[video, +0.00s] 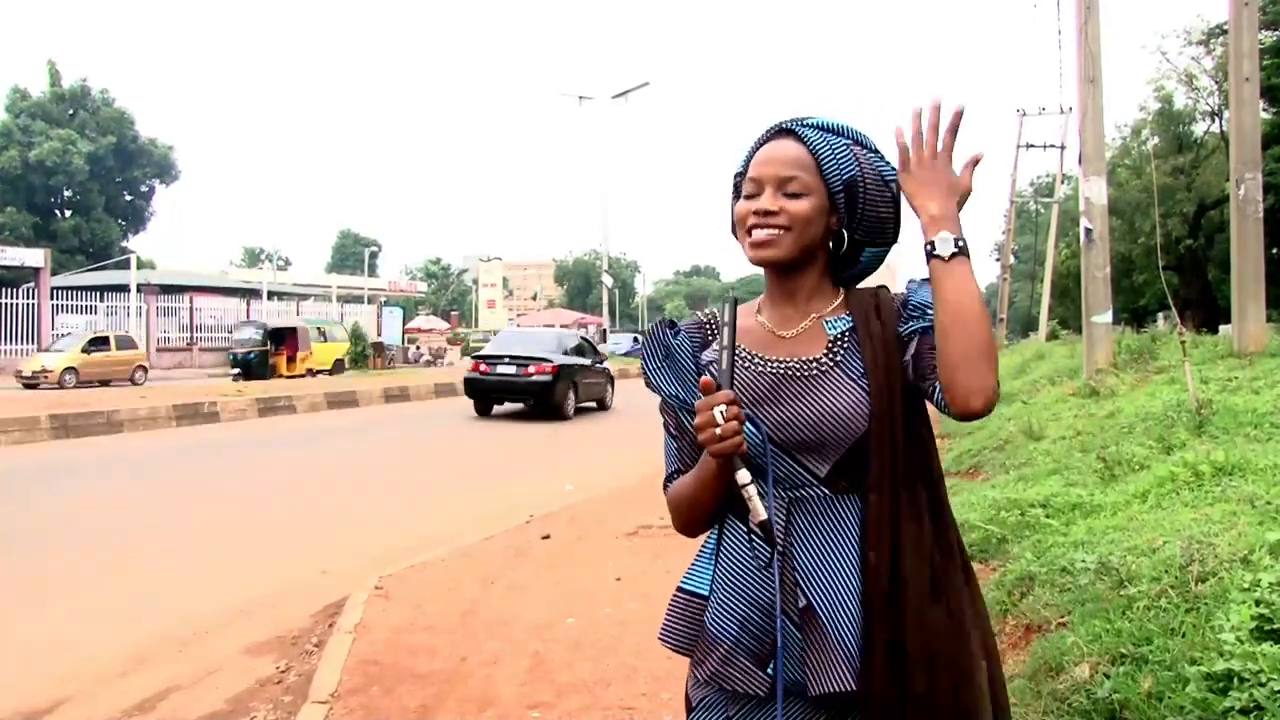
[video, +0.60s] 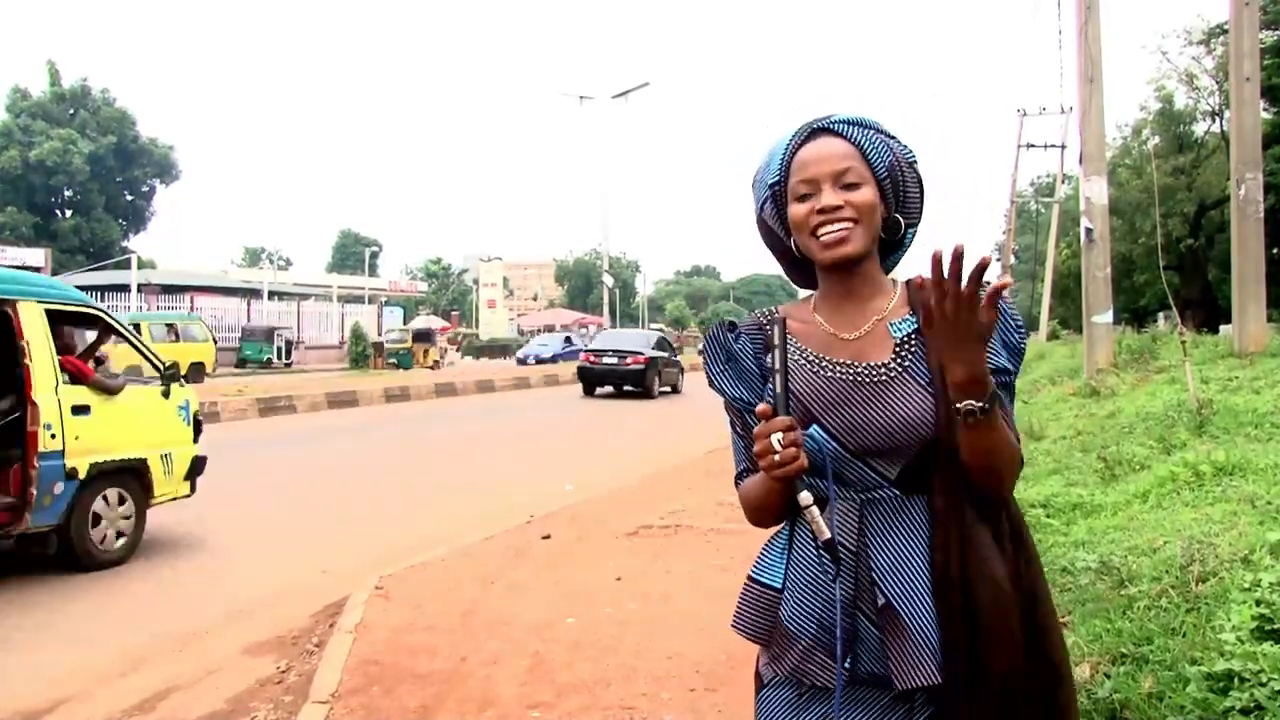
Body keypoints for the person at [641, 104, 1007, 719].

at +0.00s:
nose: (762, 206)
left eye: (791, 191)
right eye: (751, 191)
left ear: (838, 214)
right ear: (736, 209)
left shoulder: (891, 317)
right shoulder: (701, 344)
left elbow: (972, 394)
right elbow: (686, 518)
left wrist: (940, 222)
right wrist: (714, 459)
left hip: (875, 630)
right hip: (745, 633)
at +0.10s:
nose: (778, 206)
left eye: (805, 189)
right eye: (762, 192)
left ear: (849, 213)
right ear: (744, 216)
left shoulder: (911, 310)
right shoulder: (714, 346)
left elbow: (995, 450)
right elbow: (704, 519)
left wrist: (920, 295)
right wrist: (729, 465)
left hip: (894, 626)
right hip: (762, 628)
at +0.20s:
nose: (790, 205)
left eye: (816, 186)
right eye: (772, 191)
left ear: (859, 208)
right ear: (754, 217)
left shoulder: (933, 320)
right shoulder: (724, 348)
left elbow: (982, 480)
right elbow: (722, 518)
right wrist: (743, 473)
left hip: (919, 637)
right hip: (781, 639)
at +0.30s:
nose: (806, 206)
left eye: (829, 187)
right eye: (786, 194)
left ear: (869, 208)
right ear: (767, 221)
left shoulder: (941, 326)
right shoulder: (737, 350)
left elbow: (978, 491)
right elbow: (733, 516)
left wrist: (889, 463)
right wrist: (752, 479)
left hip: (911, 623)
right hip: (789, 633)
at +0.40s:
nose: (826, 207)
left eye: (846, 188)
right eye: (803, 196)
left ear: (881, 206)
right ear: (781, 223)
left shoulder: (950, 319)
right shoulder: (750, 346)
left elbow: (988, 475)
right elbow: (742, 513)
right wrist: (761, 480)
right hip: (808, 612)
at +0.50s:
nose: (833, 202)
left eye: (852, 182)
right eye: (808, 193)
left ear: (891, 199)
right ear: (789, 223)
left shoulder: (954, 304)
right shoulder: (756, 341)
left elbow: (991, 443)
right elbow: (751, 508)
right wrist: (770, 476)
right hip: (807, 633)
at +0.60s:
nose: (828, 203)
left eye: (849, 183)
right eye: (805, 193)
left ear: (887, 199)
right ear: (785, 220)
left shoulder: (955, 314)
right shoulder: (758, 342)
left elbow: (998, 480)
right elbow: (757, 510)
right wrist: (774, 474)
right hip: (813, 611)